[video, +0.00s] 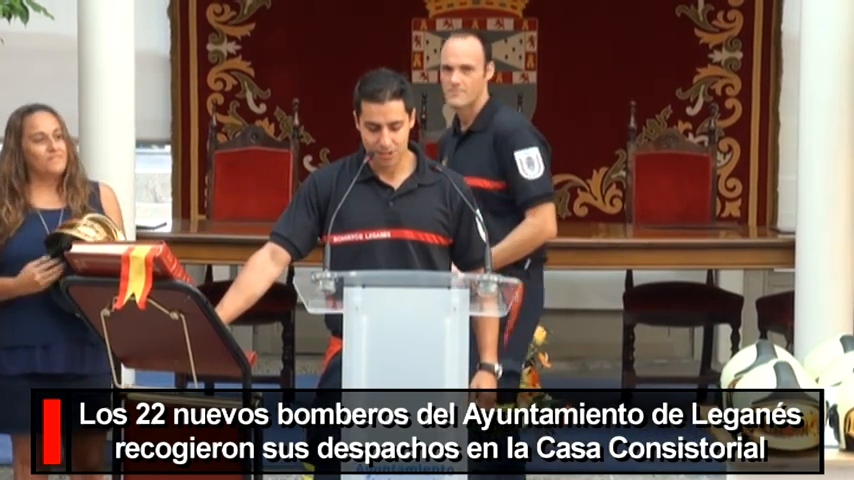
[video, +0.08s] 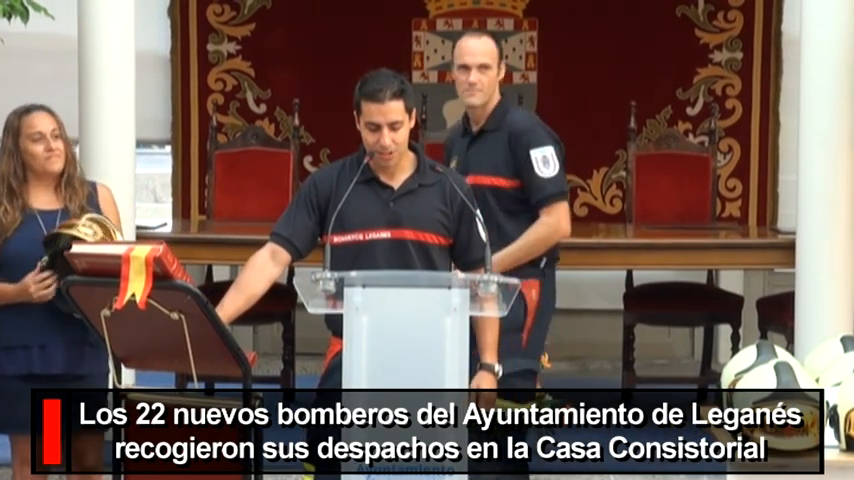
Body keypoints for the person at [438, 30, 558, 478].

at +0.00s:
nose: (453, 78)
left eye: (465, 69)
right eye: (446, 69)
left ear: (488, 74)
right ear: (439, 75)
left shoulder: (513, 132)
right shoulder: (449, 141)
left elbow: (543, 225)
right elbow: (446, 214)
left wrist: (477, 266)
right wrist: (443, 259)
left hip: (509, 296)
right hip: (464, 294)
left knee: (492, 410)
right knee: (457, 407)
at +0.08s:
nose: (471, 77)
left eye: (482, 68)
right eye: (463, 69)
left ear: (500, 73)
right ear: (453, 75)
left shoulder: (528, 132)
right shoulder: (456, 137)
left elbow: (557, 224)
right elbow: (453, 211)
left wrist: (488, 267)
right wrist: (452, 261)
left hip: (518, 295)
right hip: (469, 292)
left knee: (509, 406)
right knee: (465, 405)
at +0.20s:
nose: (498, 77)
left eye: (508, 68)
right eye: (488, 68)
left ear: (521, 72)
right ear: (472, 73)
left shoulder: (548, 131)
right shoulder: (467, 135)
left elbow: (580, 223)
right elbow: (458, 210)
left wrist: (514, 268)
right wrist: (465, 266)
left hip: (535, 293)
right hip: (478, 292)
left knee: (536, 412)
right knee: (482, 413)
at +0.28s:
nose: (512, 78)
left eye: (522, 68)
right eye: (503, 68)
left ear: (535, 73)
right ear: (487, 73)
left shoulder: (562, 134)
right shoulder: (477, 140)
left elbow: (594, 225)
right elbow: (465, 217)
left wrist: (526, 273)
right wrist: (469, 274)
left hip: (543, 304)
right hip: (488, 304)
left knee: (563, 436)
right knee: (494, 438)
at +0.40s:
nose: (533, 78)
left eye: (544, 69)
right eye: (525, 68)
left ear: (559, 74)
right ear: (510, 72)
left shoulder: (585, 135)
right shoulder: (495, 140)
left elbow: (616, 226)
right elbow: (480, 225)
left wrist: (550, 274)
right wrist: (482, 281)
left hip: (567, 311)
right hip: (505, 313)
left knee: (604, 436)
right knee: (506, 446)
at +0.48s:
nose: (548, 78)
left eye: (559, 69)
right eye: (540, 68)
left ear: (576, 75)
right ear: (527, 71)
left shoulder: (602, 137)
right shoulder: (512, 140)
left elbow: (632, 228)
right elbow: (493, 224)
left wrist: (566, 275)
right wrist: (498, 273)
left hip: (584, 316)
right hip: (520, 315)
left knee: (626, 442)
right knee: (513, 448)